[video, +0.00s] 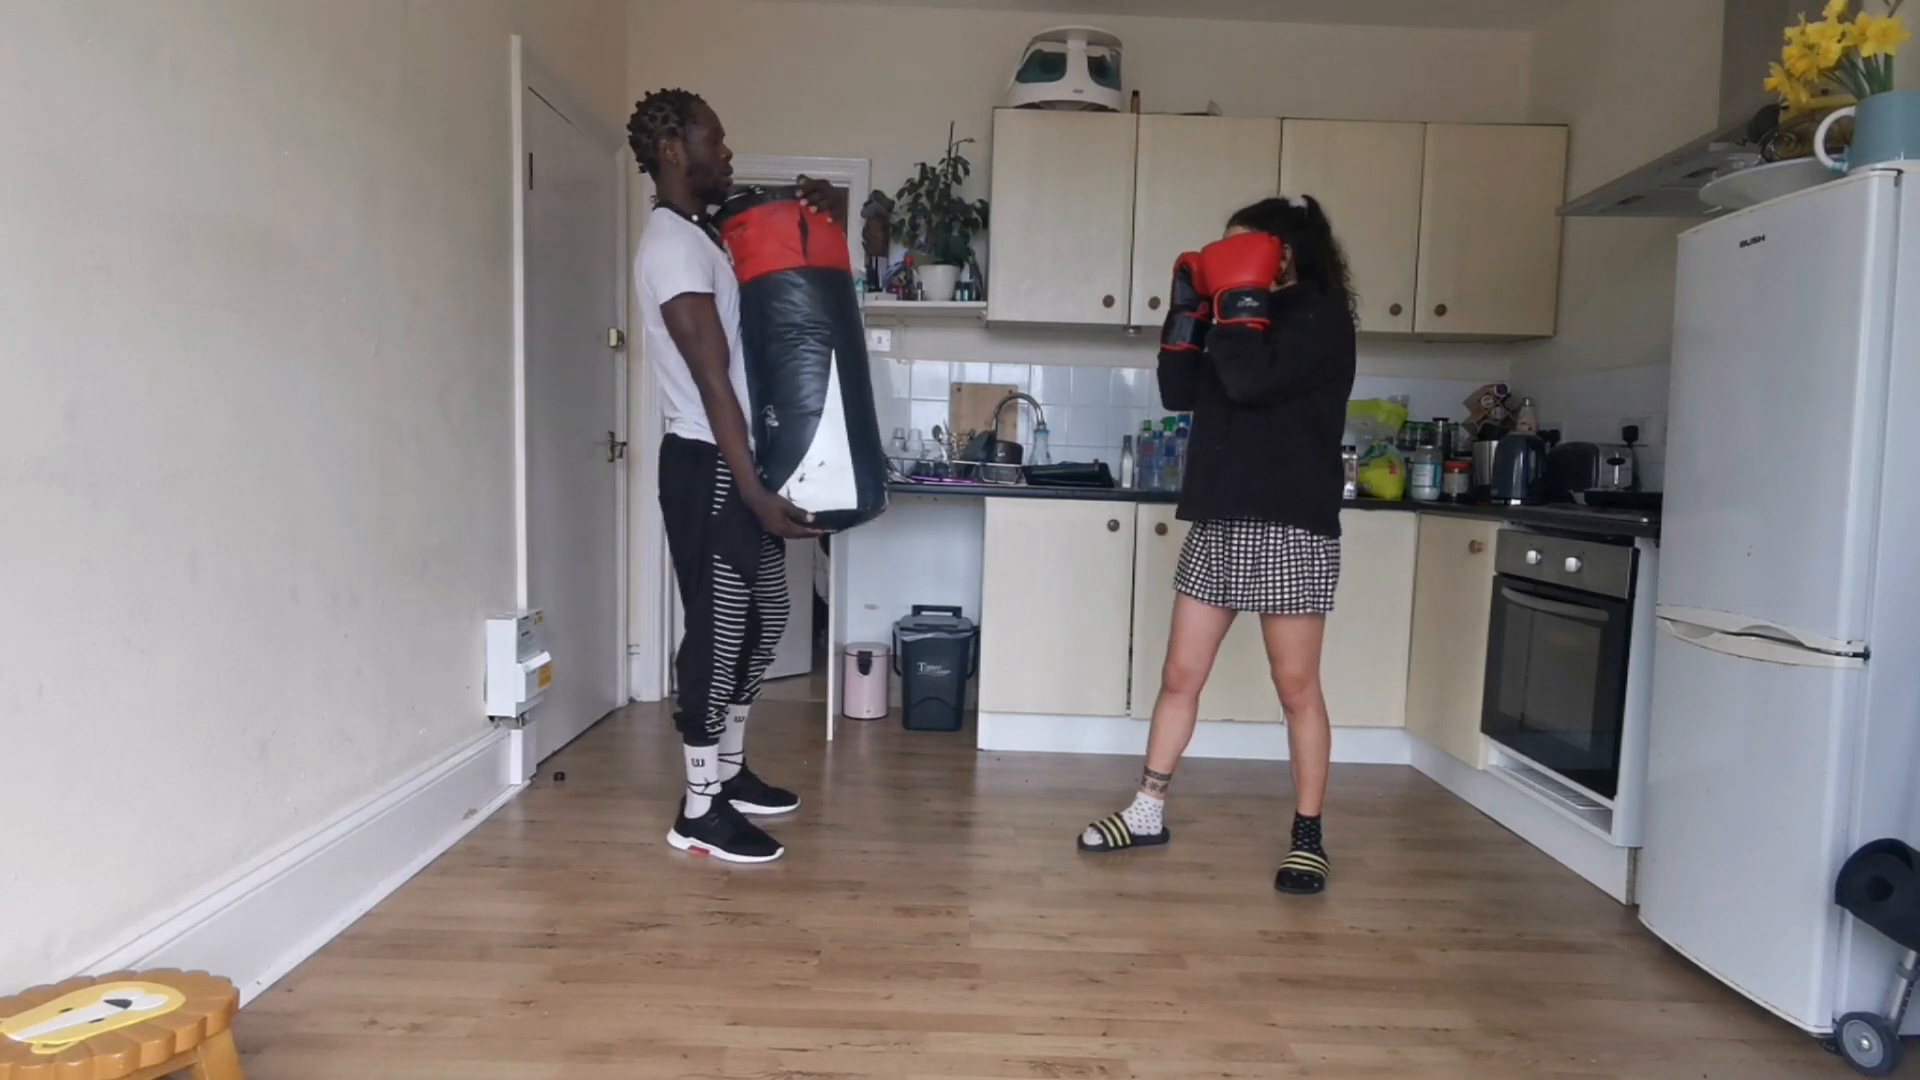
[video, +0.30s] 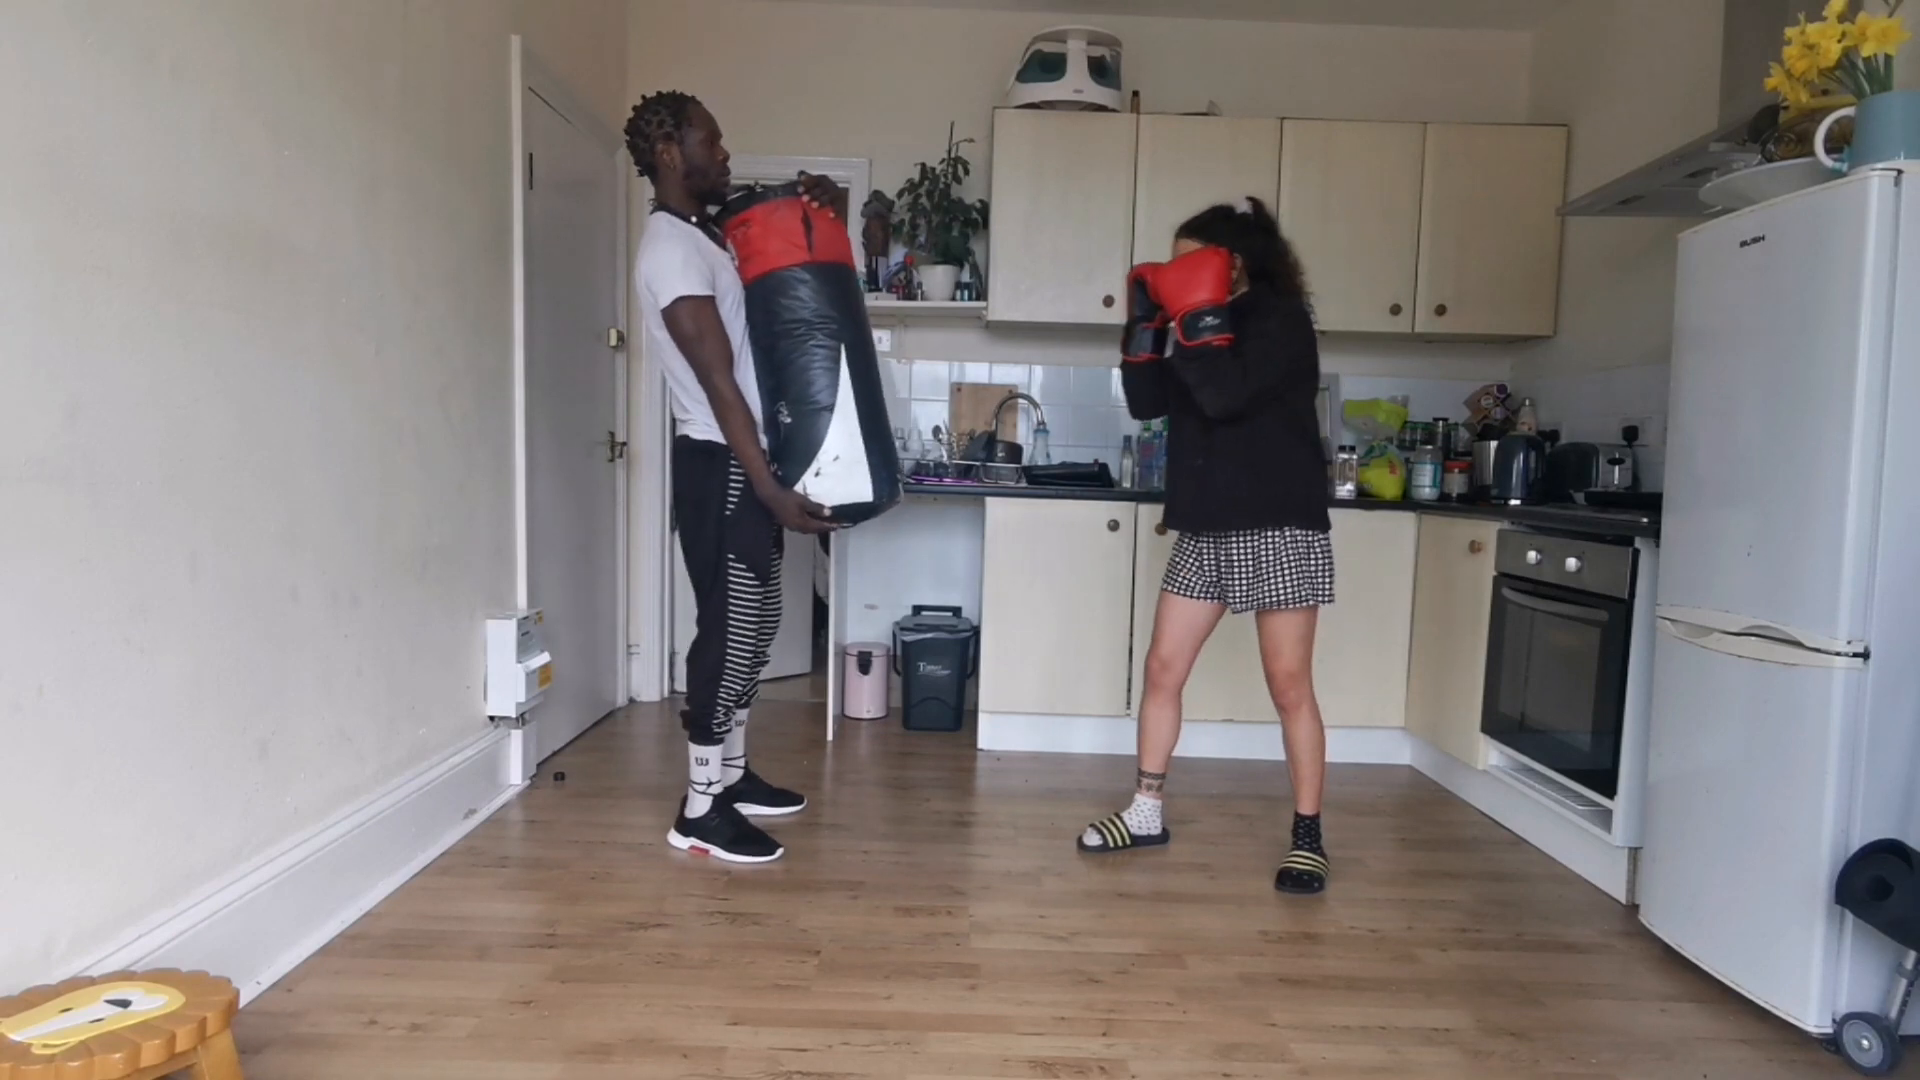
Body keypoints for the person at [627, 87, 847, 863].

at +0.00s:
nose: (727, 151)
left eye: (723, 137)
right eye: (713, 138)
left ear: (679, 150)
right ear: (670, 148)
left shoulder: (705, 234)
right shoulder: (671, 240)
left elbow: (777, 310)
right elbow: (710, 374)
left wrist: (819, 222)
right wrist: (754, 485)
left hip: (742, 452)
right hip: (705, 457)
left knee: (765, 614)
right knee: (718, 622)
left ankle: (724, 769)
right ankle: (699, 808)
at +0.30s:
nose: (724, 153)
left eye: (721, 140)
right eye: (710, 141)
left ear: (674, 153)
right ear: (667, 151)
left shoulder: (704, 234)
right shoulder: (670, 243)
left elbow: (784, 279)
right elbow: (716, 376)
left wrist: (818, 209)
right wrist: (768, 481)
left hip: (745, 451)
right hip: (715, 455)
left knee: (754, 615)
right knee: (734, 620)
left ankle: (727, 773)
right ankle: (702, 806)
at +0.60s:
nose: (735, 156)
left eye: (731, 143)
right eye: (721, 143)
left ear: (685, 156)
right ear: (678, 154)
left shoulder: (710, 237)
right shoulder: (674, 243)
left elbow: (781, 299)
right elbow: (718, 377)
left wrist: (817, 218)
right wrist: (769, 485)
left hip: (744, 451)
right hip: (717, 454)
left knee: (742, 618)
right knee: (733, 622)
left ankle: (726, 775)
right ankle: (703, 804)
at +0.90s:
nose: (741, 162)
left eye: (737, 148)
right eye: (727, 148)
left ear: (692, 158)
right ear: (684, 156)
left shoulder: (713, 239)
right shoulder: (676, 247)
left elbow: (785, 300)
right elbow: (721, 379)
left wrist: (820, 219)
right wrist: (771, 484)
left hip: (746, 451)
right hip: (719, 455)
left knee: (738, 619)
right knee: (732, 622)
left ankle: (727, 774)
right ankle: (703, 804)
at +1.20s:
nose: (742, 163)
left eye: (738, 149)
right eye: (728, 149)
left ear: (691, 159)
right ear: (684, 157)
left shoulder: (712, 241)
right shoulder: (677, 247)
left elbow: (782, 313)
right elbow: (719, 379)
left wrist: (819, 226)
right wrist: (769, 485)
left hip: (744, 452)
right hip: (717, 456)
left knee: (735, 622)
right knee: (730, 625)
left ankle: (726, 775)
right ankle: (702, 805)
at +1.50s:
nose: (742, 167)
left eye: (741, 152)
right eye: (728, 153)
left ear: (697, 162)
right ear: (682, 162)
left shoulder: (718, 244)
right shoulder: (679, 249)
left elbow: (789, 317)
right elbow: (721, 380)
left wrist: (827, 232)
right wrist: (770, 487)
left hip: (745, 453)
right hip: (718, 457)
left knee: (736, 623)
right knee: (729, 626)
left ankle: (728, 775)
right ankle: (702, 805)